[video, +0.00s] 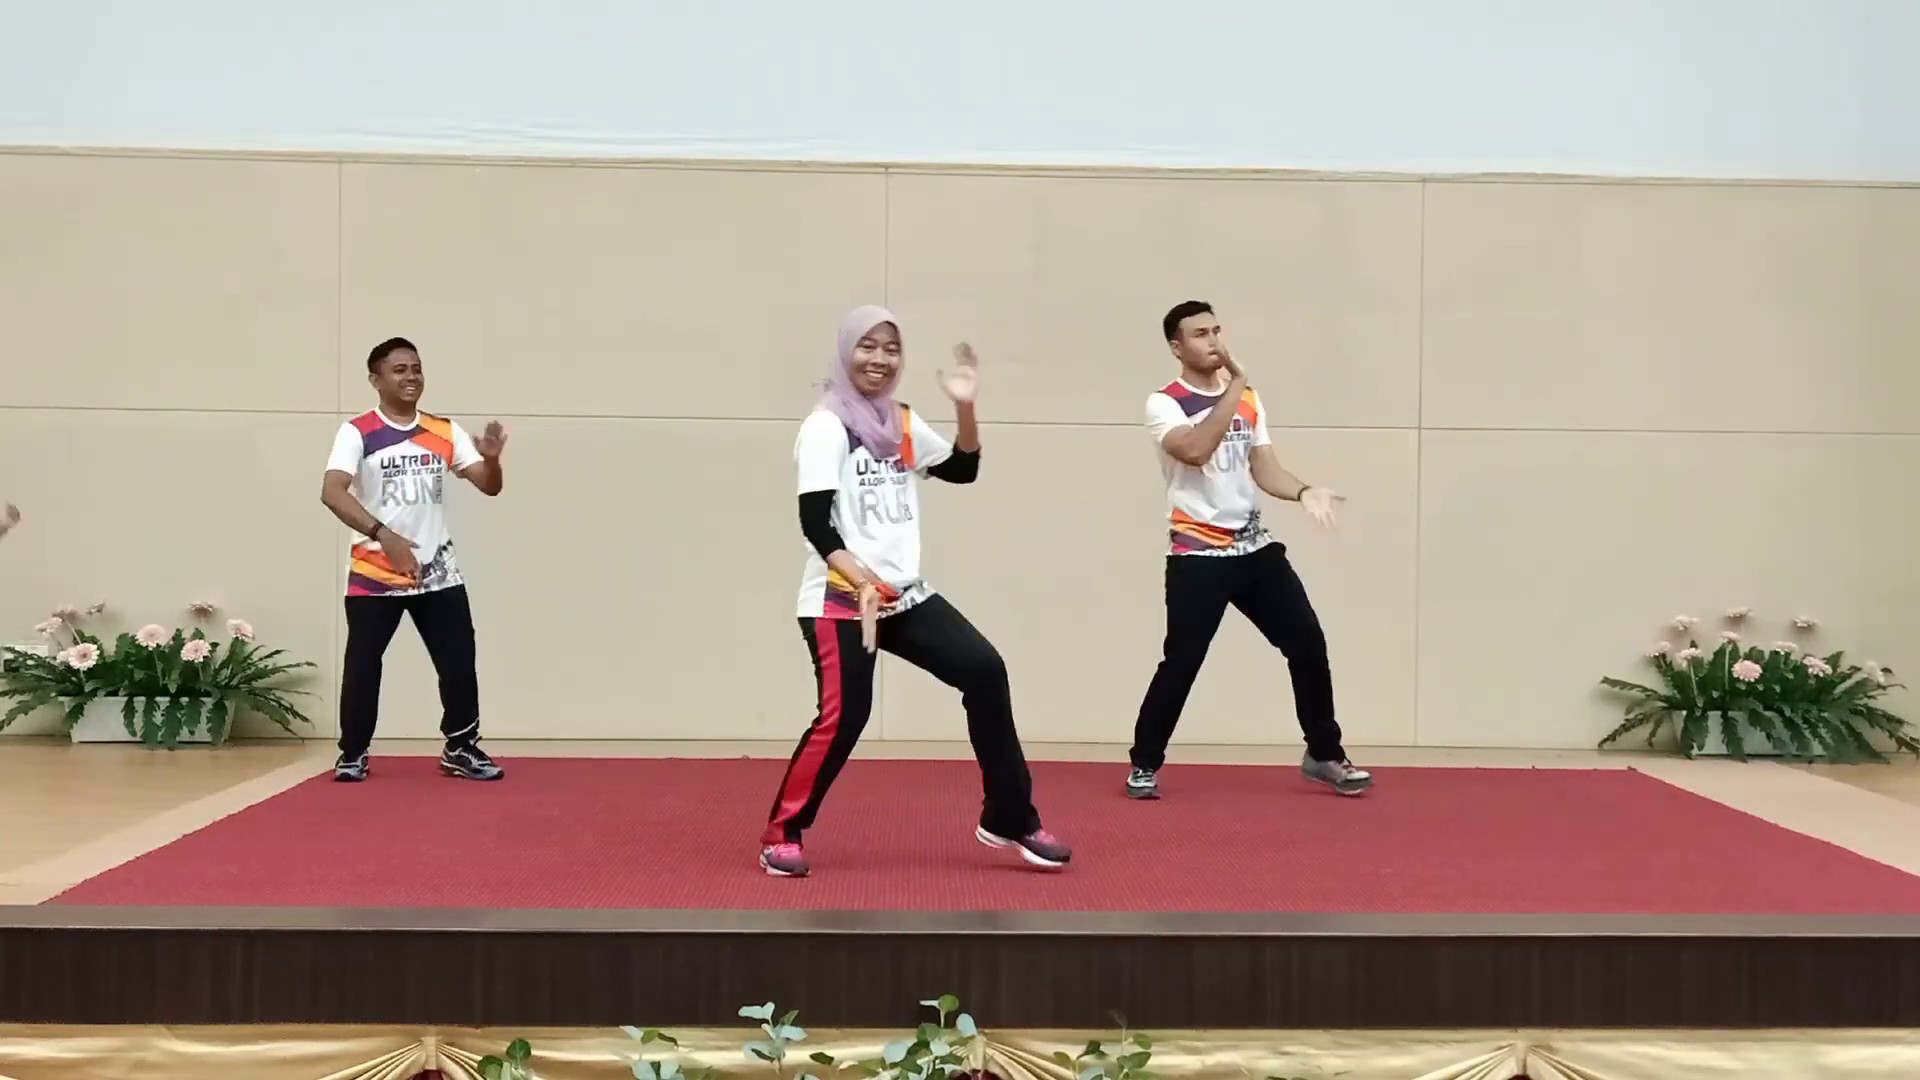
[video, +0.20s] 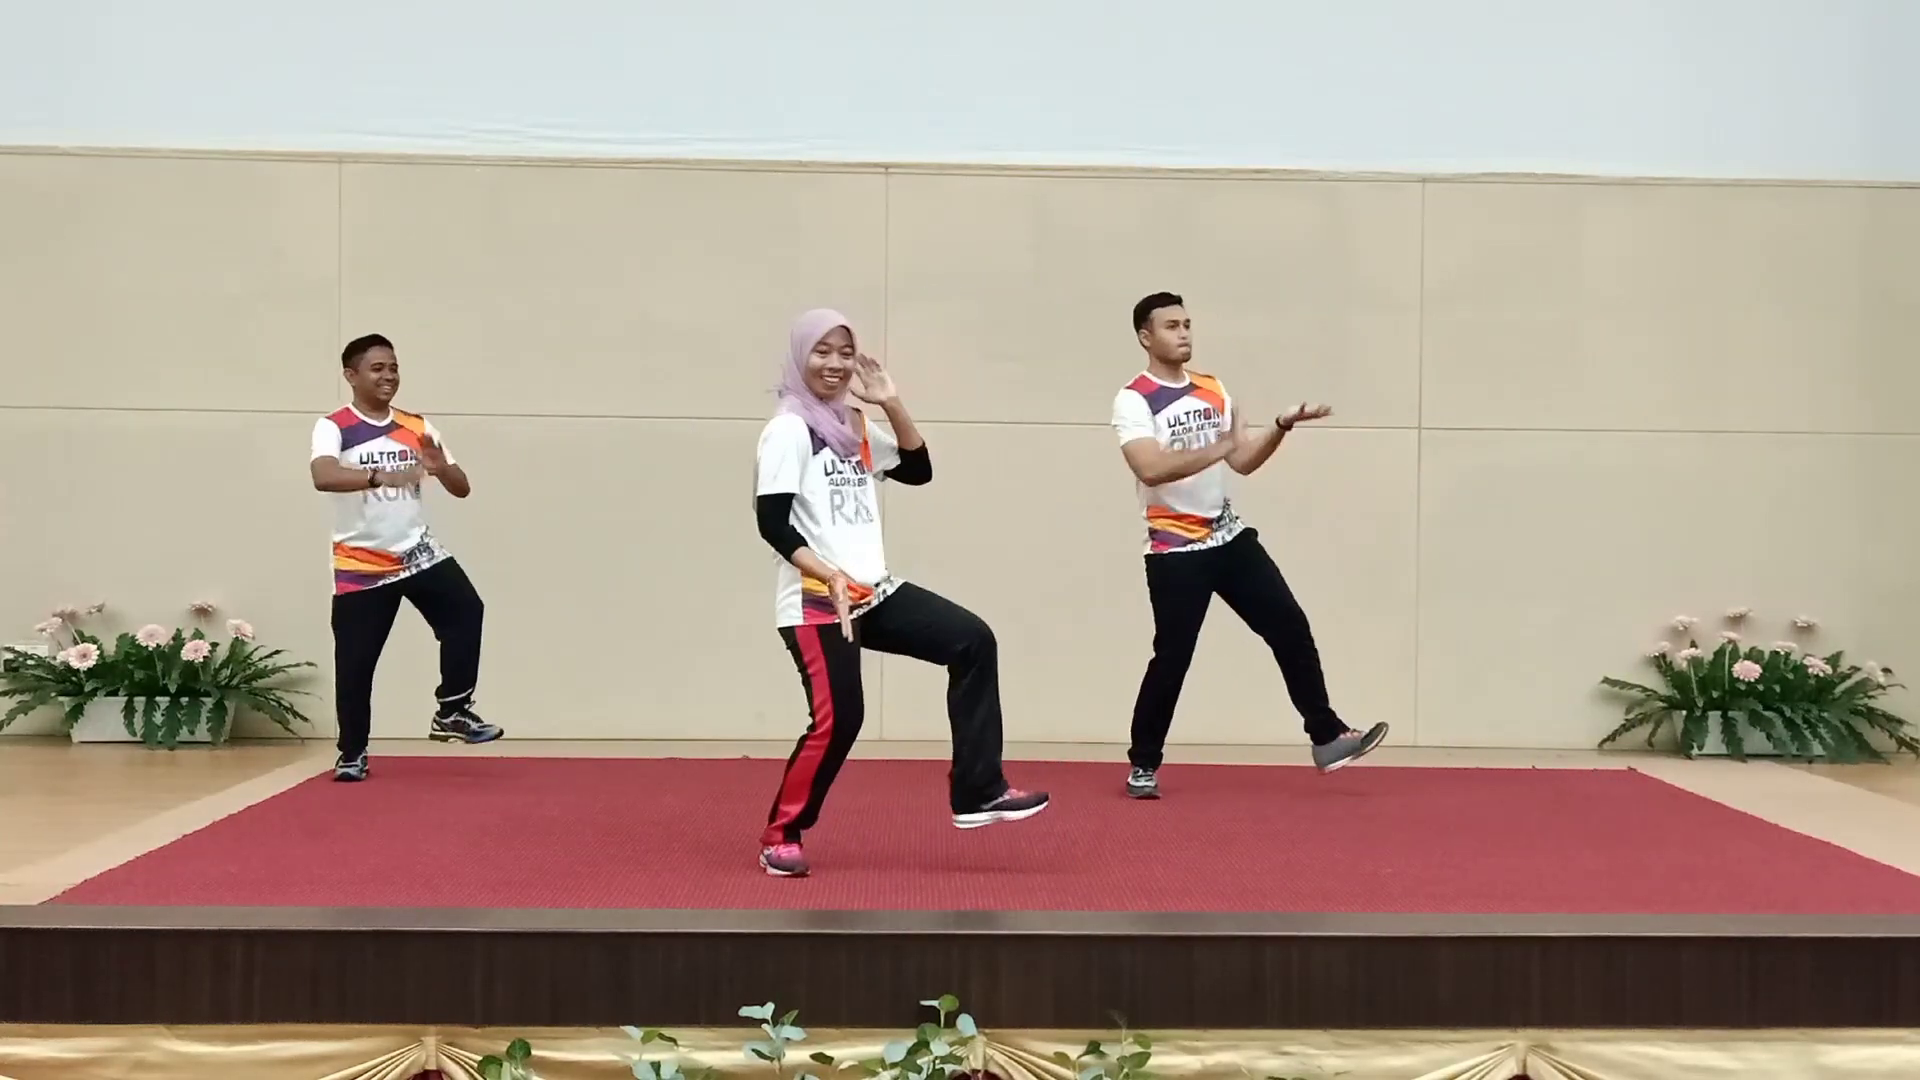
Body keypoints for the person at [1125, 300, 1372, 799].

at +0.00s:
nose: (1213, 340)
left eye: (1216, 331)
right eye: (1200, 334)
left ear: (1225, 336)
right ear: (1177, 346)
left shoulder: (1244, 397)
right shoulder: (1162, 403)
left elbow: (1264, 468)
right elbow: (1192, 449)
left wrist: (1303, 490)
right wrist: (1234, 388)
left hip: (1254, 552)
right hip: (1197, 557)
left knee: (1307, 642)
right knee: (1182, 662)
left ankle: (1323, 755)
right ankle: (1144, 766)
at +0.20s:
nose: (1183, 334)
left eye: (1186, 325)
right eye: (1171, 327)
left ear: (1192, 332)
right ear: (1144, 337)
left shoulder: (1212, 391)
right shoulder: (1132, 400)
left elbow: (1243, 460)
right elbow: (1150, 469)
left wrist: (1280, 427)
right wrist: (1216, 451)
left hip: (1229, 538)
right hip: (1175, 552)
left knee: (1290, 628)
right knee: (1171, 658)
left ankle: (1326, 737)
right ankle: (1143, 765)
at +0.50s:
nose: (1176, 358)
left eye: (1181, 350)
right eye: (1166, 349)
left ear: (1184, 354)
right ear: (1138, 350)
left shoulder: (1195, 407)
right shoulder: (1119, 419)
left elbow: (1239, 470)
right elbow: (1116, 500)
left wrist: (1251, 408)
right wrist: (1174, 553)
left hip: (1218, 557)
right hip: (1165, 567)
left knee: (1270, 656)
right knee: (1173, 666)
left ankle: (1310, 763)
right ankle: (1143, 767)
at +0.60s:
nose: (1181, 352)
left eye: (1186, 344)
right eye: (1172, 342)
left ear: (1190, 349)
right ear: (1144, 344)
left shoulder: (1198, 403)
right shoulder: (1122, 413)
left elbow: (1244, 464)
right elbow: (1120, 493)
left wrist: (1253, 404)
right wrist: (1185, 537)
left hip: (1219, 553)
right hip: (1164, 565)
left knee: (1275, 643)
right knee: (1168, 667)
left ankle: (1307, 756)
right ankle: (1142, 767)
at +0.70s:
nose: (1194, 334)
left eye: (1202, 326)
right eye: (1184, 323)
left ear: (1208, 333)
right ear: (1161, 326)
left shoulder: (1218, 388)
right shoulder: (1135, 392)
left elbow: (1264, 449)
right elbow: (1136, 468)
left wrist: (1269, 393)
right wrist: (1215, 481)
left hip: (1224, 539)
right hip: (1168, 549)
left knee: (1281, 633)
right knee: (1160, 659)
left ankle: (1316, 742)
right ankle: (1141, 764)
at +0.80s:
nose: (1201, 328)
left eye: (1211, 321)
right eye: (1192, 318)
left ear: (1220, 328)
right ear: (1172, 320)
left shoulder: (1235, 386)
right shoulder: (1145, 384)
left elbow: (1279, 445)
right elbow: (1148, 455)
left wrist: (1280, 394)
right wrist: (1225, 455)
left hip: (1230, 535)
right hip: (1171, 542)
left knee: (1283, 628)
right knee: (1161, 652)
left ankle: (1324, 738)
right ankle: (1141, 762)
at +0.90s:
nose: (1226, 331)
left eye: (1237, 324)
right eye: (1218, 320)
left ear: (1248, 331)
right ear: (1200, 321)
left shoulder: (1255, 386)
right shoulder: (1169, 378)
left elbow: (1306, 454)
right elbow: (1172, 445)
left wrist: (1309, 423)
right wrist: (1241, 418)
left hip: (1246, 535)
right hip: (1186, 539)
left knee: (1294, 639)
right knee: (1168, 653)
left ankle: (1336, 749)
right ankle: (1143, 763)